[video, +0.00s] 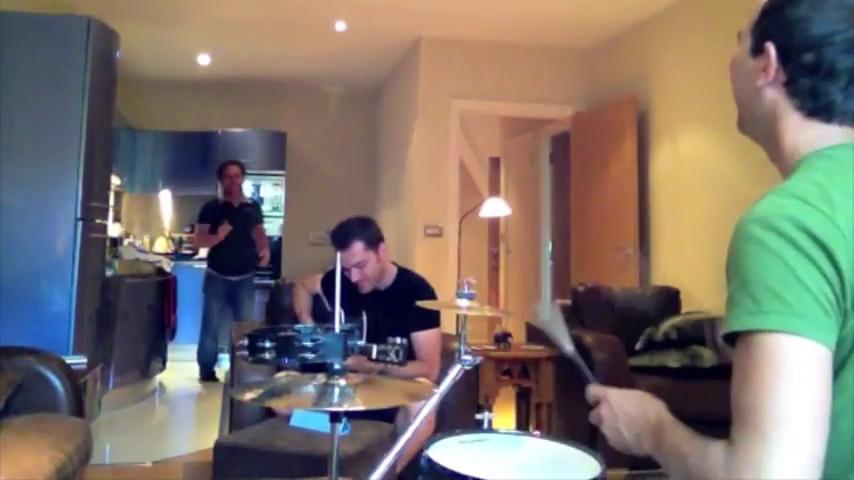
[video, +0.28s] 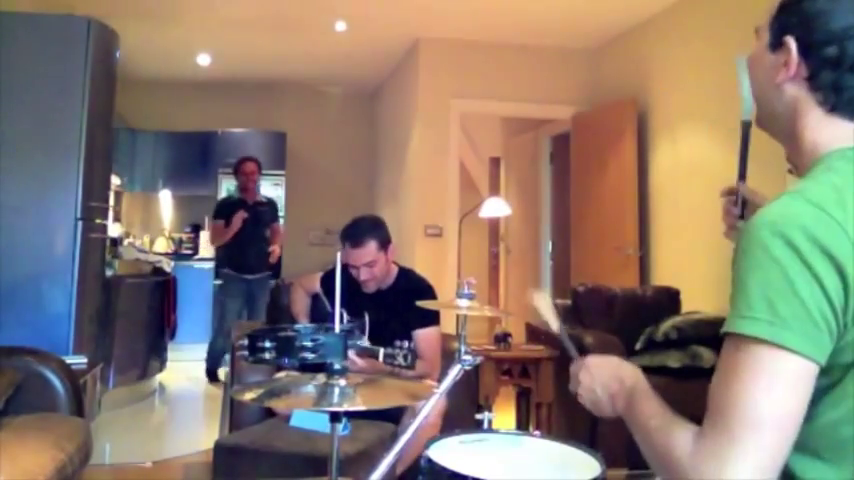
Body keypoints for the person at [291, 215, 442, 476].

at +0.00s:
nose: (354, 277)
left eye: (361, 266)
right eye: (347, 269)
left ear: (382, 252)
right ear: (341, 263)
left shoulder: (416, 291)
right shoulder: (340, 281)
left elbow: (429, 370)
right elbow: (301, 287)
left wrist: (373, 368)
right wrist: (306, 325)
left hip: (396, 389)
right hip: (342, 384)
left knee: (423, 412)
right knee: (282, 401)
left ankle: (384, 474)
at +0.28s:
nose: (361, 276)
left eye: (370, 266)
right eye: (353, 267)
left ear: (389, 253)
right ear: (344, 259)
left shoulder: (416, 290)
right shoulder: (340, 279)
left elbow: (430, 370)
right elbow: (299, 287)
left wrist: (378, 369)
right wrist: (304, 331)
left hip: (398, 390)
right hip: (341, 384)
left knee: (433, 406)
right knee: (282, 400)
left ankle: (386, 473)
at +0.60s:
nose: (370, 272)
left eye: (379, 263)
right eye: (363, 262)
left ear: (401, 254)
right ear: (357, 251)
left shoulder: (421, 289)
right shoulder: (346, 272)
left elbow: (425, 368)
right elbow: (304, 277)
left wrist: (388, 366)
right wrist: (310, 329)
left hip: (395, 388)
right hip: (341, 379)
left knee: (447, 403)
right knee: (276, 399)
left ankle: (390, 473)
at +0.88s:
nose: (387, 273)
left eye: (397, 267)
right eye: (381, 263)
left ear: (420, 261)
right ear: (376, 250)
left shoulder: (433, 296)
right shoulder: (358, 272)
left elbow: (427, 370)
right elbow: (308, 278)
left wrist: (384, 369)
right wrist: (314, 325)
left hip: (399, 387)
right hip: (346, 379)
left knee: (448, 404)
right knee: (279, 384)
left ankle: (394, 470)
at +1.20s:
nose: (389, 281)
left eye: (401, 276)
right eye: (384, 269)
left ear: (420, 270)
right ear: (380, 253)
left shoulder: (431, 302)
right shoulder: (354, 274)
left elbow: (431, 378)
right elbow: (305, 278)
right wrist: (315, 327)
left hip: (397, 388)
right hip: (341, 378)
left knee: (443, 404)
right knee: (284, 379)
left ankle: (391, 473)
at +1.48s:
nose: (376, 286)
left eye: (388, 280)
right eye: (371, 275)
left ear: (410, 271)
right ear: (366, 258)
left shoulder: (424, 301)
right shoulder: (346, 274)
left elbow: (429, 375)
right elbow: (300, 281)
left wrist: (372, 373)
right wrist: (312, 330)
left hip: (394, 390)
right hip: (337, 381)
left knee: (441, 402)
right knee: (283, 382)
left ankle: (390, 473)